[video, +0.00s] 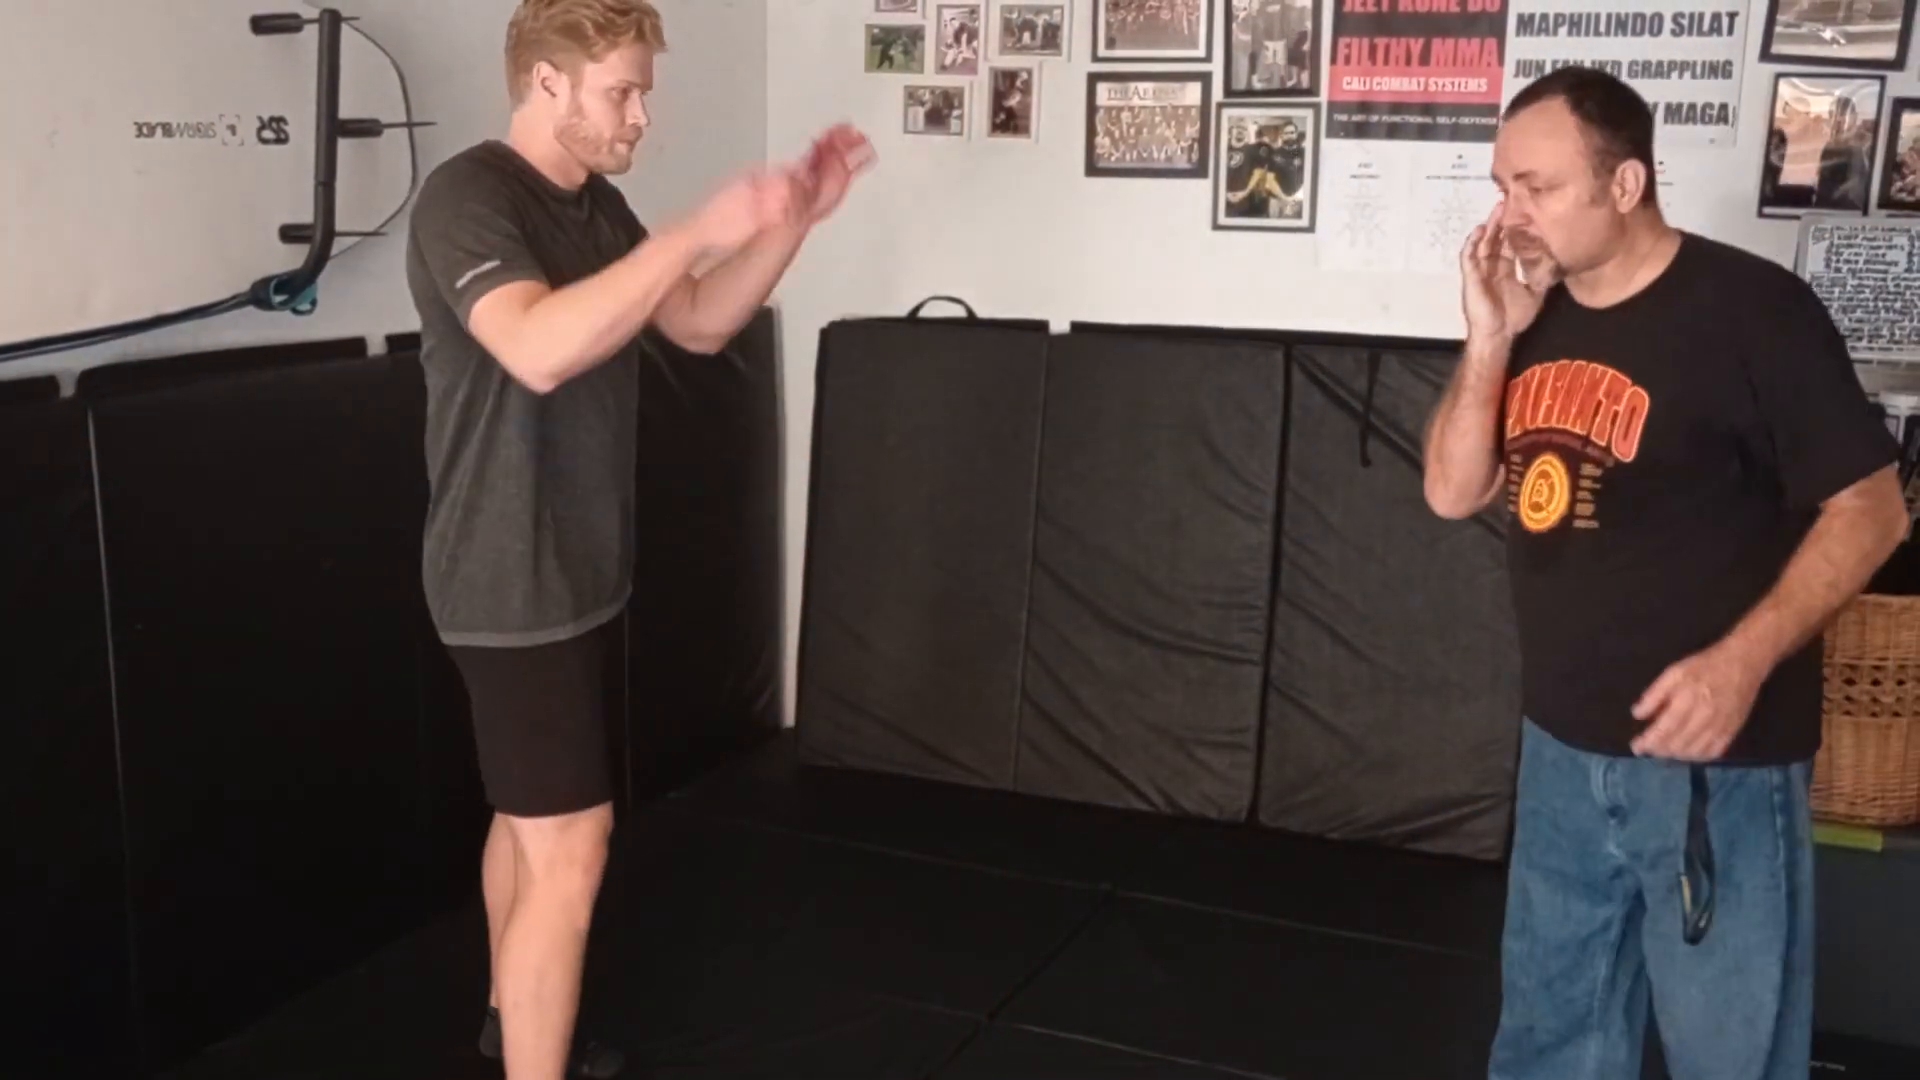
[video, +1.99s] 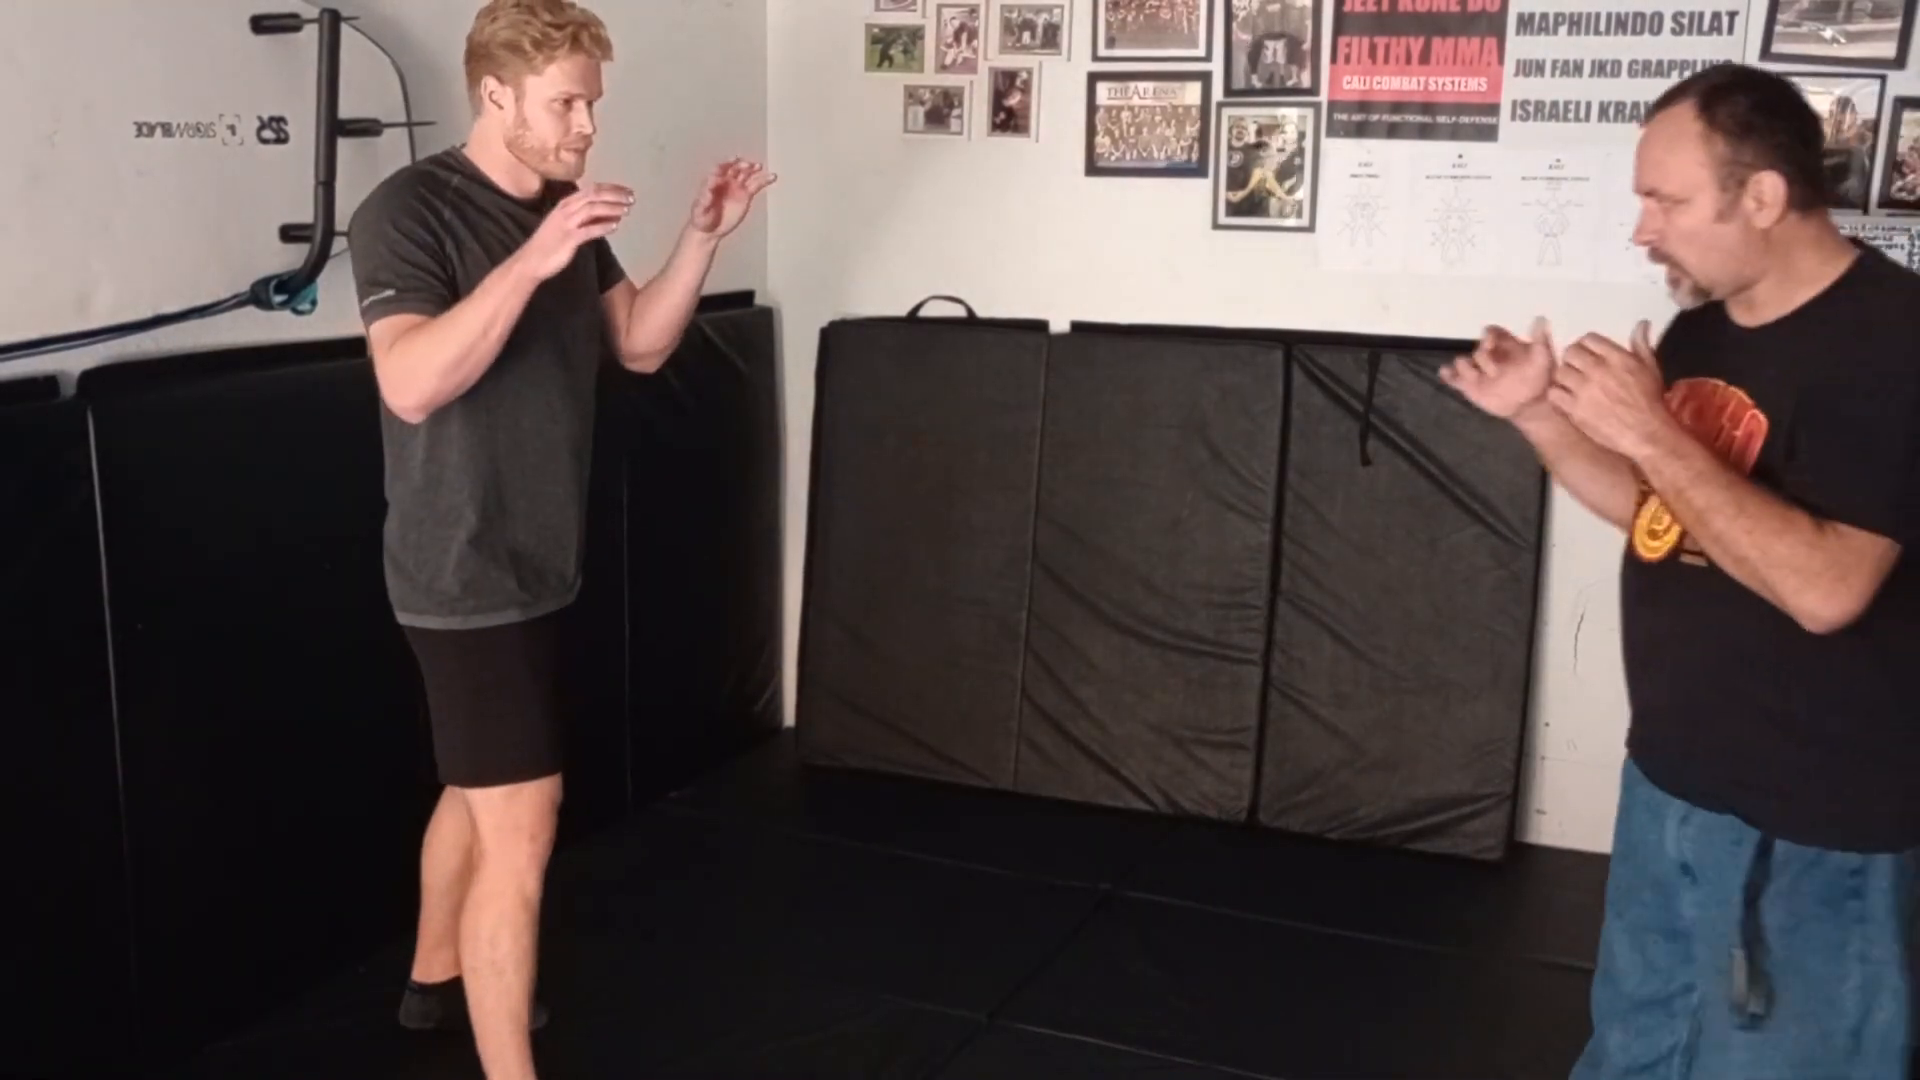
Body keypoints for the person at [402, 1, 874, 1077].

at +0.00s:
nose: (639, 116)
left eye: (644, 95)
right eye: (621, 94)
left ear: (633, 96)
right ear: (546, 88)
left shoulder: (597, 206)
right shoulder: (463, 198)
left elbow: (697, 319)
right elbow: (537, 347)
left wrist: (790, 224)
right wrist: (695, 233)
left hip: (582, 578)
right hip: (511, 592)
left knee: (526, 828)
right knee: (570, 850)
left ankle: (512, 1017)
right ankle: (538, 1068)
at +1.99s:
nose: (585, 123)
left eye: (593, 101)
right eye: (565, 101)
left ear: (590, 102)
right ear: (494, 97)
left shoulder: (558, 220)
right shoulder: (406, 211)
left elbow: (641, 340)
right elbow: (411, 384)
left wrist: (700, 233)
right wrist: (538, 256)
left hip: (541, 565)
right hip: (459, 577)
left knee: (476, 790)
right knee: (519, 828)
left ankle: (432, 980)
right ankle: (509, 1070)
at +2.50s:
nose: (670, 162)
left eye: (679, 139)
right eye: (650, 139)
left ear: (681, 134)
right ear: (579, 127)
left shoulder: (661, 241)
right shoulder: (499, 231)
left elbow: (752, 340)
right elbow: (437, 381)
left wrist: (802, 231)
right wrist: (571, 243)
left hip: (614, 589)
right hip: (518, 600)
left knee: (651, 806)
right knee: (600, 865)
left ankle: (476, 972)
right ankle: (525, 1074)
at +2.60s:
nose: (702, 154)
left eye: (708, 130)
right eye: (684, 130)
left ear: (694, 124)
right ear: (609, 119)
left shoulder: (671, 233)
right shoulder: (525, 228)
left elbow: (759, 333)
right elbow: (451, 381)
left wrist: (813, 218)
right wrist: (576, 247)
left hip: (654, 585)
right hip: (566, 597)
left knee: (667, 840)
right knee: (701, 849)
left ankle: (566, 1053)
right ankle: (558, 1064)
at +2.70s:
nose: (732, 165)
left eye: (736, 141)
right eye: (711, 143)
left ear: (662, 138)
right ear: (637, 135)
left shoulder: (696, 259)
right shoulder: (554, 247)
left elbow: (786, 361)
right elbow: (468, 411)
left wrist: (830, 240)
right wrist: (586, 277)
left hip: (688, 601)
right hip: (608, 613)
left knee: (693, 848)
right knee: (791, 841)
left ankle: (562, 1053)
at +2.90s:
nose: (826, 183)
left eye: (828, 159)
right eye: (804, 161)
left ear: (749, 158)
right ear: (728, 156)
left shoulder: (774, 280)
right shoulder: (644, 276)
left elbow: (859, 403)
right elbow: (549, 446)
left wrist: (923, 291)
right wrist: (666, 305)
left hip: (761, 637)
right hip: (702, 656)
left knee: (728, 876)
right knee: (857, 900)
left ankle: (569, 1050)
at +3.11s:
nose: (900, 183)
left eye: (905, 156)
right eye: (880, 159)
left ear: (906, 147)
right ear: (803, 154)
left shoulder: (852, 262)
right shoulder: (723, 262)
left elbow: (945, 400)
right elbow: (695, 439)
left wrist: (999, 269)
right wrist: (824, 278)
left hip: (779, 627)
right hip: (734, 640)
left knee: (716, 858)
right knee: (880, 899)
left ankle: (568, 1046)